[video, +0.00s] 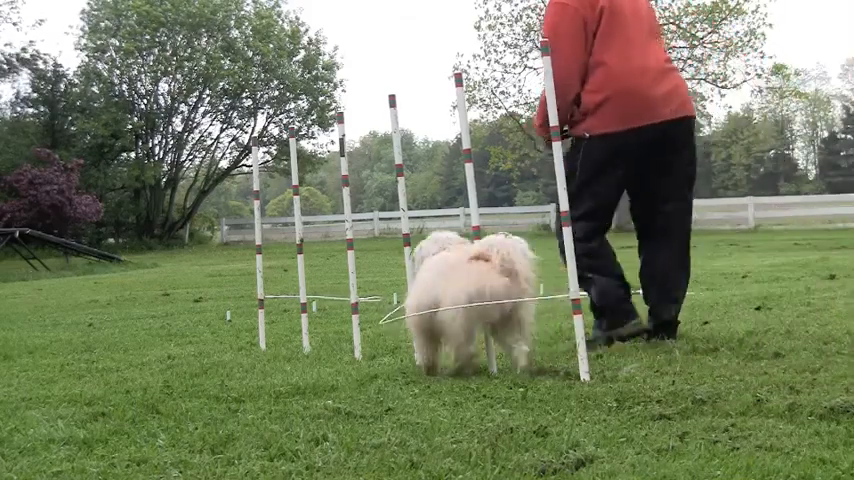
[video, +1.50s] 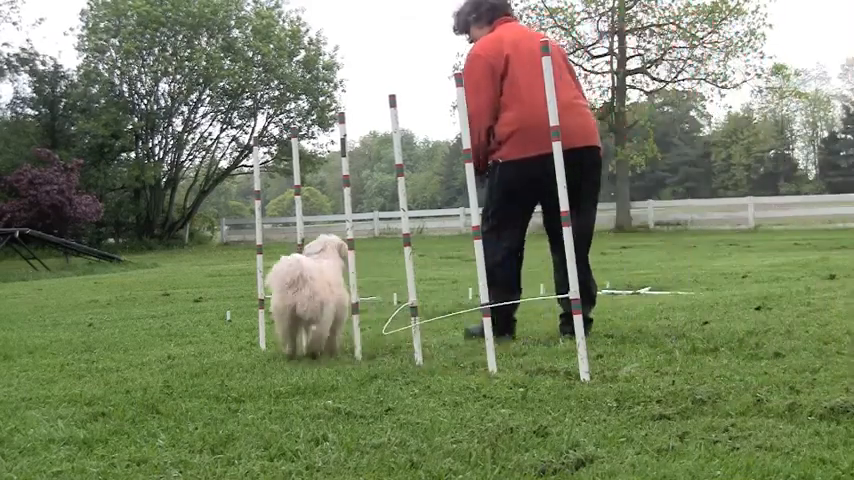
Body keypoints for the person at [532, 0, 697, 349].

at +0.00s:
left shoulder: (567, 4)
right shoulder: (637, 5)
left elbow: (565, 76)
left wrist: (546, 124)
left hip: (612, 116)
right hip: (673, 107)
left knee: (579, 227)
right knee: (665, 221)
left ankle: (616, 316)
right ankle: (665, 321)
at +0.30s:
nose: (518, 8)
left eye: (518, 6)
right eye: (518, 6)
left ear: (527, 0)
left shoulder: (533, 20)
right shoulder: (604, 12)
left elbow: (524, 94)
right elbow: (620, 72)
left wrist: (510, 139)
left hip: (566, 142)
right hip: (629, 131)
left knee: (553, 241)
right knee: (632, 228)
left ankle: (542, 333)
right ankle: (654, 323)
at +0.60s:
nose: (485, 15)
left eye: (483, 9)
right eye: (481, 10)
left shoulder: (500, 27)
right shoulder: (573, 19)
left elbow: (489, 98)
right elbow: (599, 78)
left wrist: (481, 146)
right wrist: (600, 125)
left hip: (533, 138)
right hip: (596, 136)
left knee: (526, 235)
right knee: (576, 227)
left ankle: (538, 330)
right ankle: (594, 314)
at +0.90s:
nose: (480, 25)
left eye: (478, 16)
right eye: (475, 19)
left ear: (492, 3)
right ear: (512, 1)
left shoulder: (501, 34)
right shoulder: (561, 27)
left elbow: (491, 103)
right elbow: (577, 85)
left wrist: (477, 147)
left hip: (536, 142)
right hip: (591, 136)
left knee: (521, 239)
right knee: (573, 233)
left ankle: (540, 330)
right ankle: (574, 321)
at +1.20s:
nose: (486, 36)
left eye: (483, 28)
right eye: (481, 32)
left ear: (495, 10)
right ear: (518, 6)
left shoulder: (504, 40)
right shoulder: (563, 34)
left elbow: (495, 112)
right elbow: (578, 90)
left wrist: (482, 157)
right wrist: (521, 142)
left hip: (542, 146)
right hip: (595, 140)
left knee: (522, 240)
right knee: (579, 240)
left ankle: (540, 317)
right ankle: (579, 319)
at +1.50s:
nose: (470, 41)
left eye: (469, 33)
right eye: (467, 35)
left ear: (480, 21)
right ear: (506, 16)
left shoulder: (484, 51)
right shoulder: (549, 43)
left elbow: (479, 117)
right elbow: (575, 92)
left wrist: (479, 163)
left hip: (524, 150)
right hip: (582, 144)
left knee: (501, 235)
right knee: (572, 234)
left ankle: (499, 322)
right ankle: (577, 319)